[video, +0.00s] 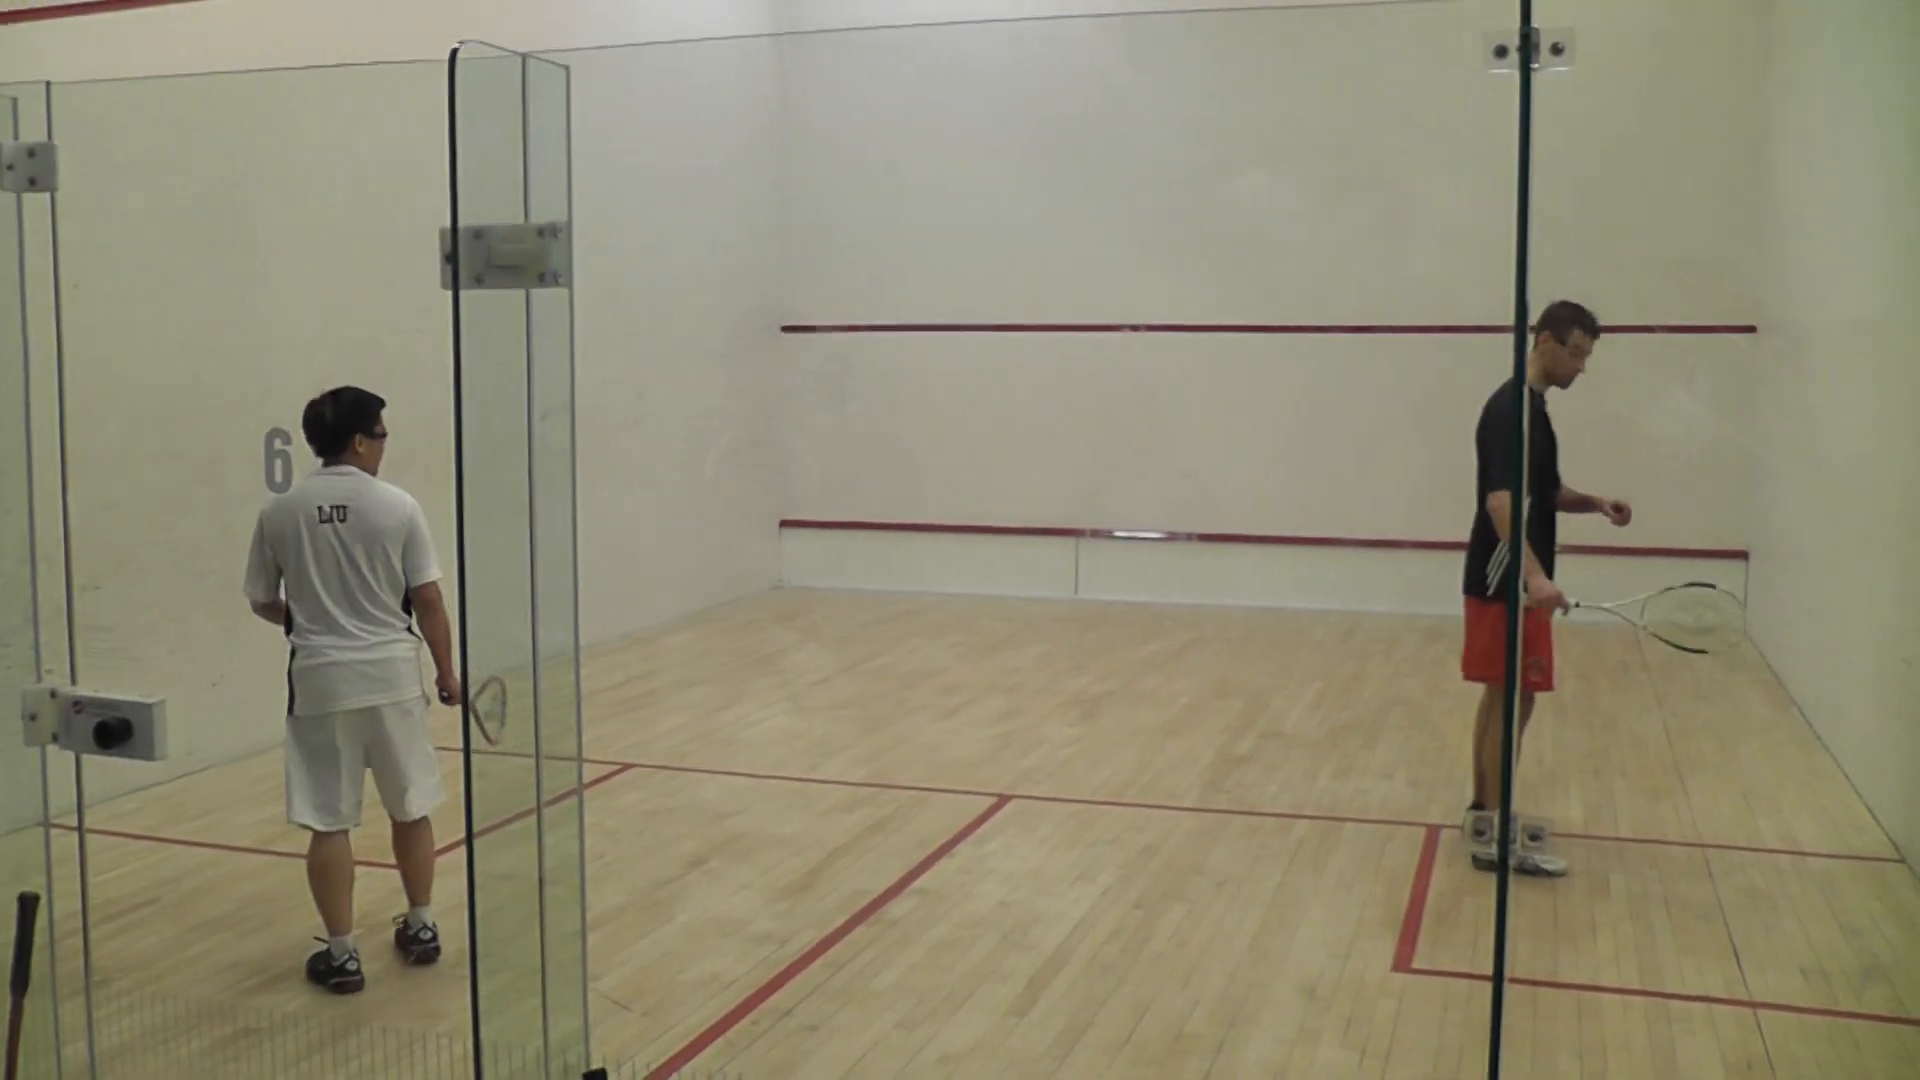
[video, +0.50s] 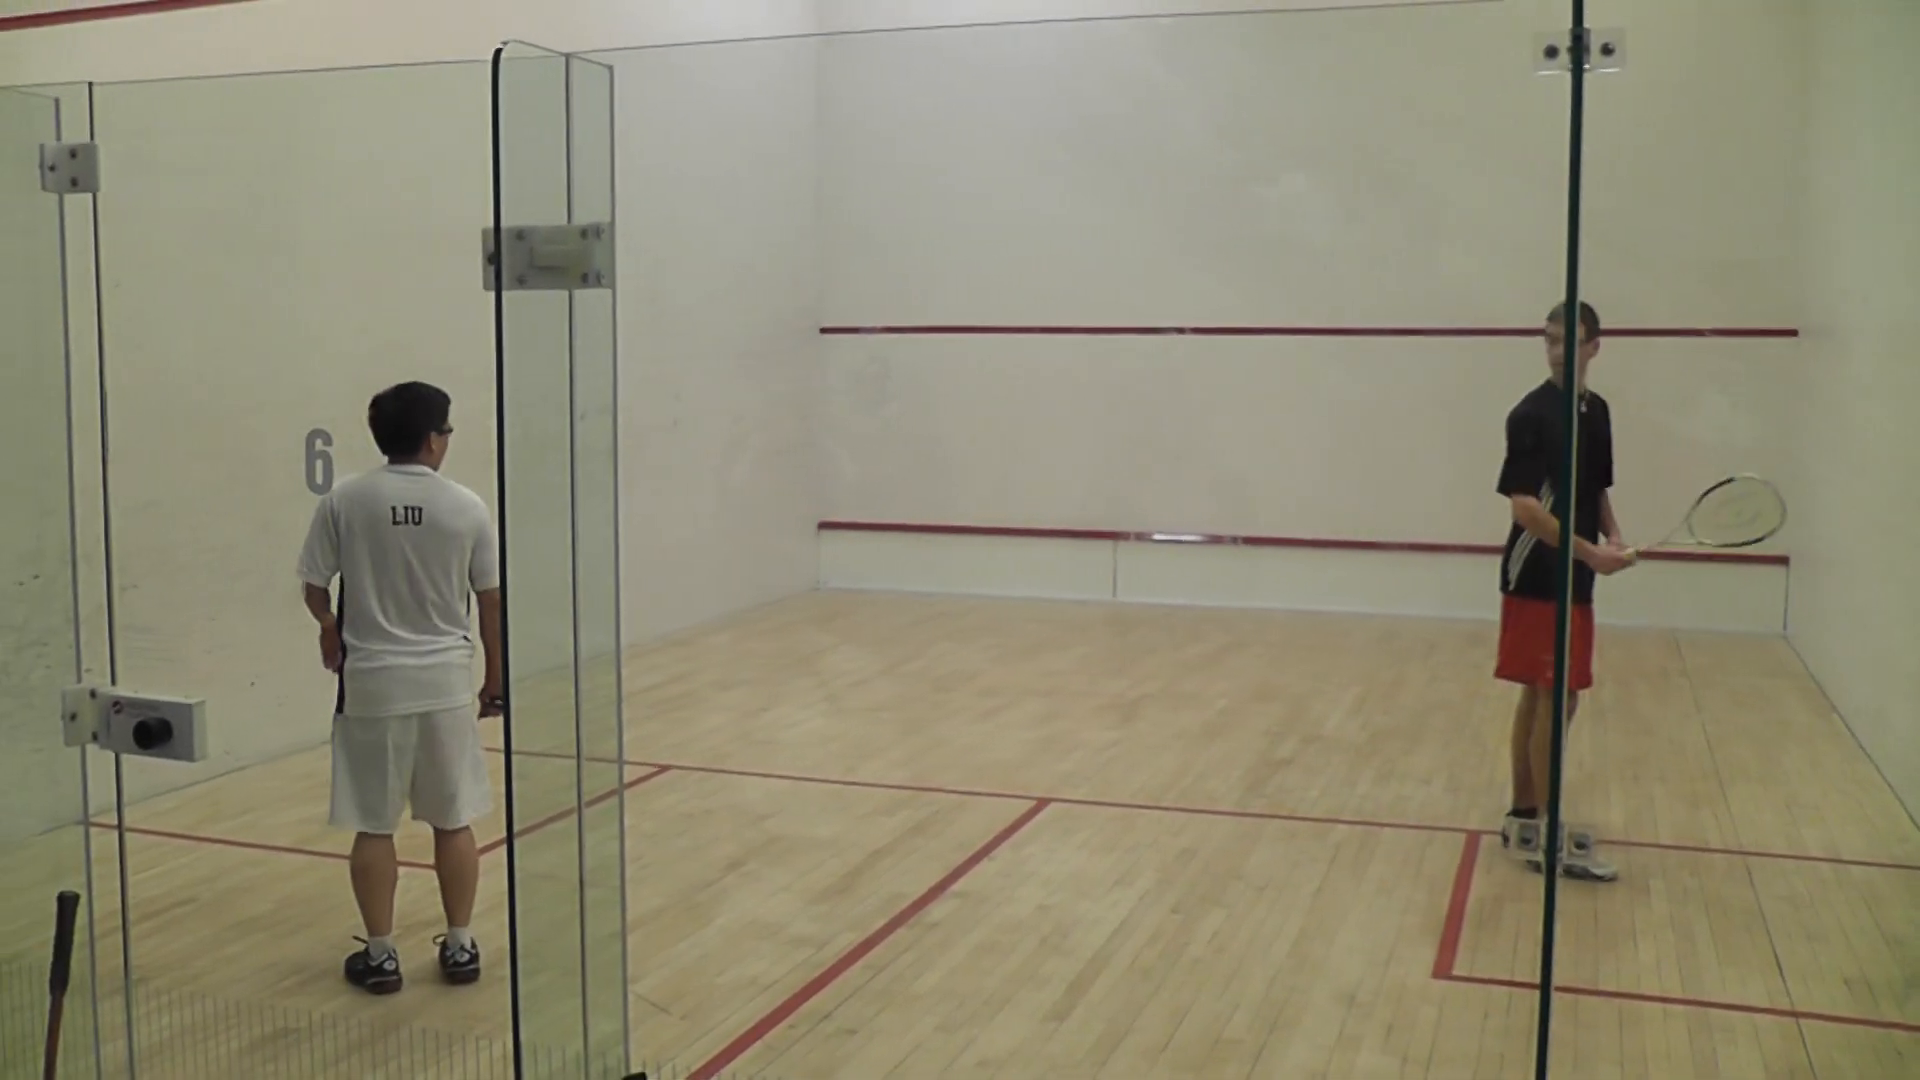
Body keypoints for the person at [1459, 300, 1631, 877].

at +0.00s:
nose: (1583, 367)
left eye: (1586, 356)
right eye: (1579, 354)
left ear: (1554, 348)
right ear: (1547, 343)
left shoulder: (1533, 407)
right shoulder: (1510, 408)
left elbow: (1544, 493)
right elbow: (1500, 504)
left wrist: (1597, 503)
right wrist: (1534, 573)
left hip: (1516, 584)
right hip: (1504, 585)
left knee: (1503, 697)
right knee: (1515, 702)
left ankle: (1485, 815)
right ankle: (1496, 833)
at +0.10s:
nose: (1563, 354)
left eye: (1574, 347)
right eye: (1556, 341)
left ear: (1583, 355)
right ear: (1538, 339)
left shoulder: (1556, 415)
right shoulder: (1509, 409)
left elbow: (1561, 494)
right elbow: (1500, 498)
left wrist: (1599, 506)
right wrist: (1541, 562)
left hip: (1531, 577)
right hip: (1509, 578)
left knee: (1509, 692)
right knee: (1531, 695)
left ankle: (1493, 813)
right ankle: (1510, 825)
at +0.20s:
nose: (1555, 354)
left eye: (1565, 345)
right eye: (1549, 343)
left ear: (1583, 352)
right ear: (1538, 346)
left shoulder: (1575, 419)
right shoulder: (1513, 413)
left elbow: (1576, 496)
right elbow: (1500, 499)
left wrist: (1601, 521)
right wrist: (1544, 565)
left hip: (1546, 580)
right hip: (1514, 581)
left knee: (1528, 697)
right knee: (1531, 699)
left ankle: (1508, 814)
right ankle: (1516, 827)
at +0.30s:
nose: (1547, 353)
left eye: (1559, 343)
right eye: (1542, 341)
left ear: (1583, 348)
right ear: (1536, 344)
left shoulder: (1588, 415)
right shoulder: (1518, 415)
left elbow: (1586, 492)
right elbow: (1502, 500)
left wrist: (1605, 532)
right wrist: (1554, 560)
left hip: (1555, 579)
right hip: (1522, 580)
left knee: (1530, 697)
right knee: (1544, 700)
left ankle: (1513, 817)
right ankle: (1528, 827)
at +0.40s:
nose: (1549, 352)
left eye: (1560, 342)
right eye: (1544, 341)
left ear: (1587, 346)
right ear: (1538, 343)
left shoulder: (1593, 411)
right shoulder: (1524, 414)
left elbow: (1593, 488)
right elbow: (1509, 500)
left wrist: (1607, 532)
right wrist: (1566, 556)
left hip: (1562, 578)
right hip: (1532, 579)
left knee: (1534, 697)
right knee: (1548, 703)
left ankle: (1519, 817)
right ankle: (1541, 832)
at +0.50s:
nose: (1559, 352)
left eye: (1570, 342)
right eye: (1552, 341)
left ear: (1593, 347)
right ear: (1543, 344)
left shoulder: (1596, 410)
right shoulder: (1531, 414)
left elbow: (1596, 487)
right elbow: (1522, 503)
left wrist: (1614, 536)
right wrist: (1588, 553)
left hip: (1568, 576)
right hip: (1539, 579)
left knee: (1541, 696)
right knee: (1559, 700)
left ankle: (1524, 817)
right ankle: (1545, 831)